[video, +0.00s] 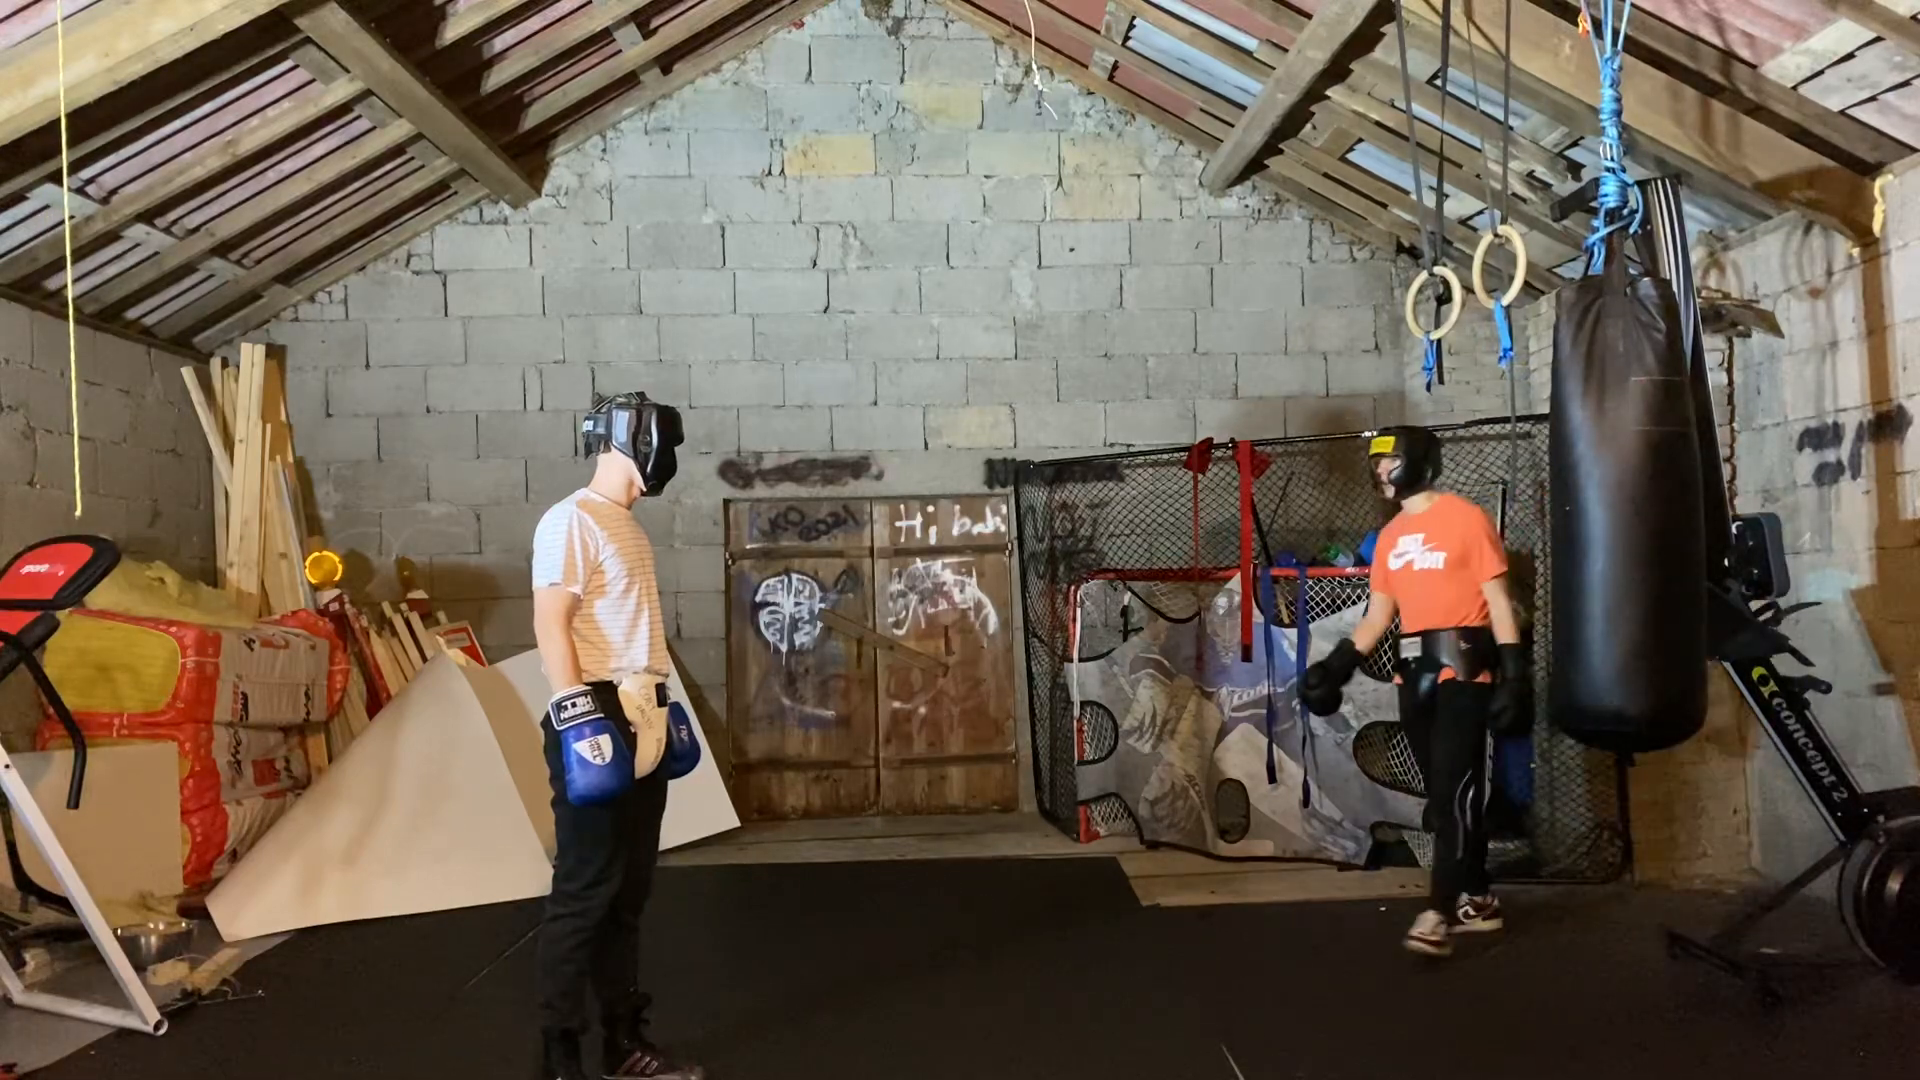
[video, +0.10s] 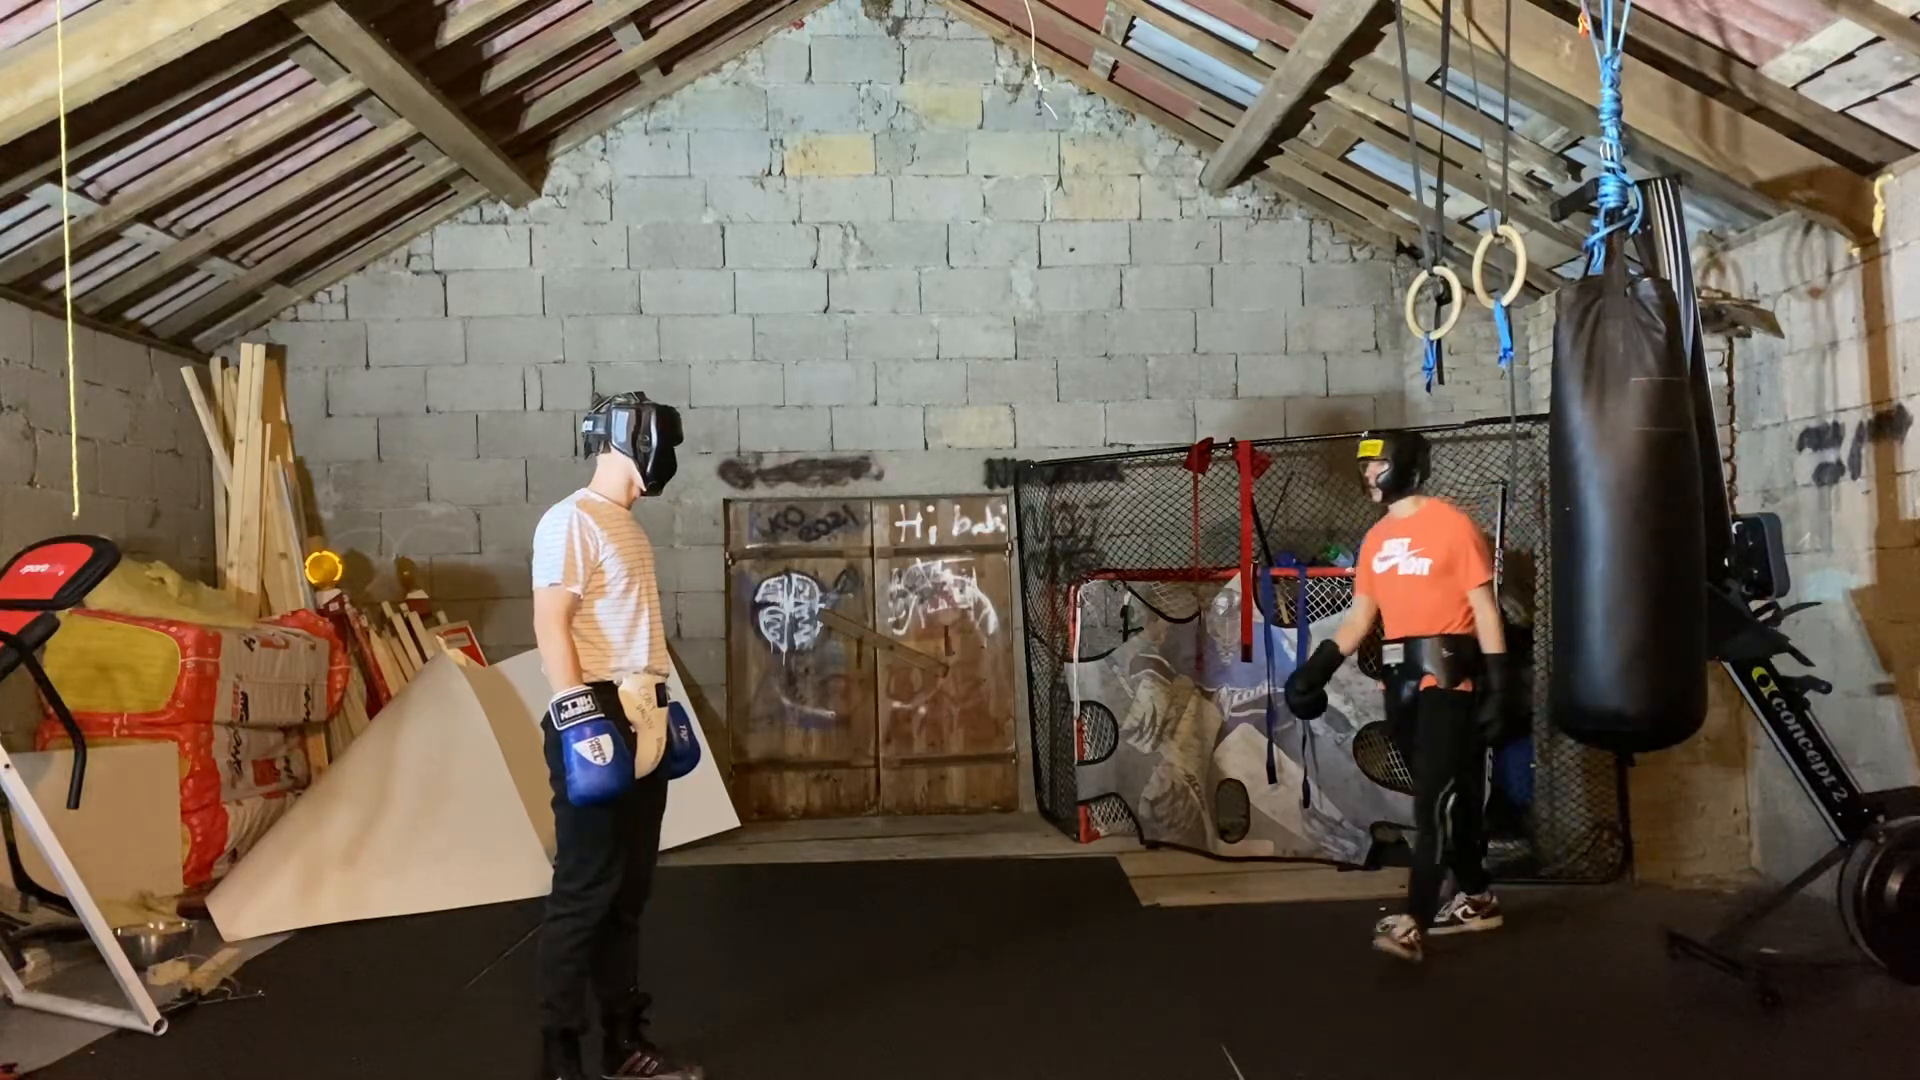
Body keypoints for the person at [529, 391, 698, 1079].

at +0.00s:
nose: (664, 466)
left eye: (665, 452)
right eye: (657, 451)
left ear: (630, 448)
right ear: (624, 445)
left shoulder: (631, 530)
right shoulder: (567, 521)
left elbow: (642, 626)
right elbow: (550, 623)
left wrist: (667, 704)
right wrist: (581, 719)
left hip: (643, 716)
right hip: (592, 720)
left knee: (627, 891)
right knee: (583, 893)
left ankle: (622, 1046)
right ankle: (561, 1058)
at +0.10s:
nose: (659, 469)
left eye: (662, 456)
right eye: (652, 454)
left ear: (635, 452)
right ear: (619, 446)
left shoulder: (632, 531)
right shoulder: (567, 521)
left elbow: (643, 627)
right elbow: (550, 624)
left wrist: (667, 704)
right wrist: (583, 718)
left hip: (643, 716)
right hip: (592, 719)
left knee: (627, 892)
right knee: (582, 894)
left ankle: (623, 1046)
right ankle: (561, 1059)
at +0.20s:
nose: (661, 468)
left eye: (664, 454)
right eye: (653, 452)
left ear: (636, 452)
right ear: (619, 445)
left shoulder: (632, 532)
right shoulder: (567, 521)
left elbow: (644, 627)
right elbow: (551, 624)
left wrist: (667, 703)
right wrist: (583, 718)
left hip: (643, 716)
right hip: (592, 719)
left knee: (628, 892)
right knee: (583, 894)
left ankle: (623, 1046)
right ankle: (561, 1059)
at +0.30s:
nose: (659, 469)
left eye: (661, 455)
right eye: (651, 453)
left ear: (635, 453)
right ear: (617, 446)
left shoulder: (630, 531)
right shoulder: (568, 521)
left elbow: (642, 627)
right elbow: (551, 624)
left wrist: (667, 705)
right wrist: (584, 719)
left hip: (643, 716)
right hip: (593, 719)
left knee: (627, 892)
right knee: (582, 895)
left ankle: (623, 1048)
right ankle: (561, 1060)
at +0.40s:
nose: (664, 465)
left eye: (665, 451)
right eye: (656, 450)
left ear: (629, 449)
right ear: (622, 445)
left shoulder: (629, 530)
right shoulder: (570, 521)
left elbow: (641, 627)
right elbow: (552, 624)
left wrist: (667, 704)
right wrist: (584, 720)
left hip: (642, 715)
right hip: (593, 718)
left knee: (628, 892)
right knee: (583, 893)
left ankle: (623, 1048)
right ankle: (560, 1060)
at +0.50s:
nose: (666, 468)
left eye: (668, 454)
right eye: (659, 452)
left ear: (634, 452)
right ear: (625, 446)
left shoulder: (628, 529)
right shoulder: (574, 520)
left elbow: (638, 625)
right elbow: (556, 623)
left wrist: (663, 705)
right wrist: (585, 718)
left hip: (639, 715)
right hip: (592, 718)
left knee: (628, 891)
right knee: (582, 893)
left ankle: (624, 1047)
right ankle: (562, 1060)